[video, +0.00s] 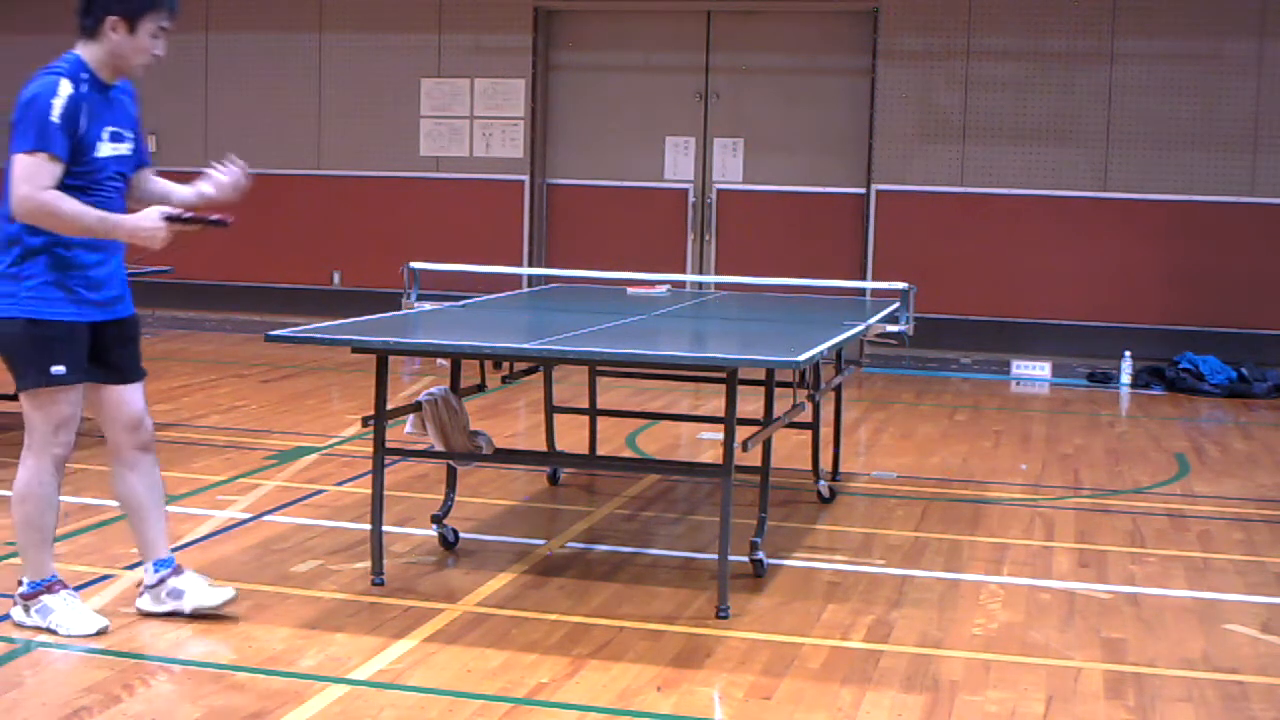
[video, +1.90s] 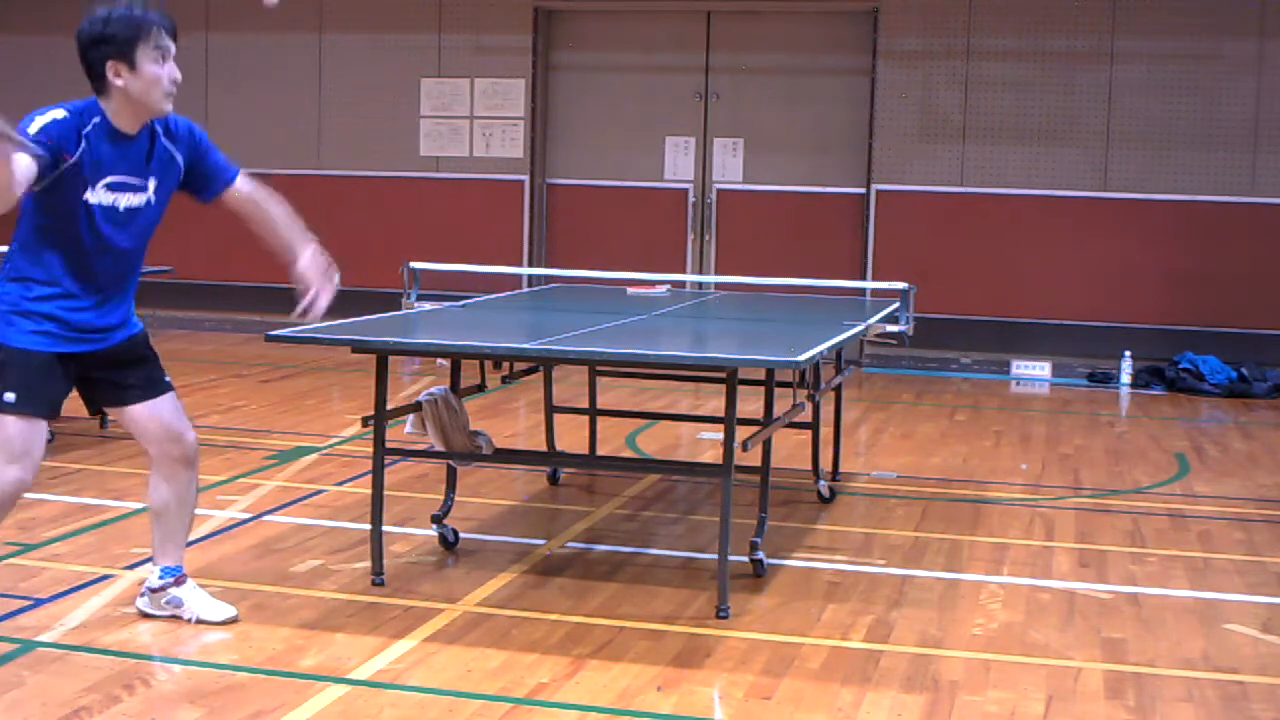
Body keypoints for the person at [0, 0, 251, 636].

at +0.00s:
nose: (161, 48)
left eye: (165, 36)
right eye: (156, 33)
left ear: (121, 29)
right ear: (114, 26)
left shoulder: (123, 96)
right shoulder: (54, 91)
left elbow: (137, 184)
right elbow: (29, 196)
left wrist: (202, 192)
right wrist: (121, 226)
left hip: (106, 294)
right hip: (43, 297)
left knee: (135, 433)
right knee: (50, 440)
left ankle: (160, 577)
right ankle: (36, 591)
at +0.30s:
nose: (243, 69)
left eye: (249, 56)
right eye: (237, 53)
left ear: (214, 51)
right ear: (194, 43)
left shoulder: (211, 119)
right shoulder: (130, 100)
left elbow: (217, 214)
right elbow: (110, 206)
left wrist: (293, 214)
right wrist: (209, 226)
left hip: (149, 296)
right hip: (81, 292)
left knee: (165, 438)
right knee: (77, 437)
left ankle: (165, 582)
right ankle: (34, 586)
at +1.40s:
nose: (250, 84)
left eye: (251, 70)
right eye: (239, 69)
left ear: (206, 71)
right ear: (195, 69)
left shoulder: (230, 135)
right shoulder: (132, 127)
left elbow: (293, 196)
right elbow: (147, 235)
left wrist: (359, 192)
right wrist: (243, 218)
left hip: (130, 307)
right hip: (58, 300)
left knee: (169, 434)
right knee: (19, 448)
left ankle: (165, 582)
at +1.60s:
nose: (206, 57)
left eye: (203, 44)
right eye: (192, 44)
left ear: (165, 58)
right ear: (148, 57)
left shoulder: (192, 116)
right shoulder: (95, 122)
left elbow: (281, 145)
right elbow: (89, 229)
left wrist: (366, 156)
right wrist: (190, 229)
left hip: (116, 311)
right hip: (39, 311)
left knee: (166, 436)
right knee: (12, 452)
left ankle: (165, 582)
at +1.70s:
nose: (186, 49)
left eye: (183, 35)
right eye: (172, 37)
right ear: (128, 53)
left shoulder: (181, 113)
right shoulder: (80, 115)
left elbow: (271, 147)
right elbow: (44, 211)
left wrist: (358, 166)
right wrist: (151, 235)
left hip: (110, 312)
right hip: (32, 311)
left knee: (164, 438)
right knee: (10, 454)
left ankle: (165, 582)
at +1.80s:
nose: (176, 53)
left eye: (173, 39)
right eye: (161, 41)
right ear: (117, 56)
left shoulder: (178, 120)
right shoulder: (65, 120)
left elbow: (263, 163)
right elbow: (7, 191)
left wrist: (342, 201)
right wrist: (73, 204)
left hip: (111, 313)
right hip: (30, 317)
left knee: (167, 439)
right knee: (9, 463)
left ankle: (164, 581)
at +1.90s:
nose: (177, 72)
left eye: (174, 57)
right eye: (161, 59)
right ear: (116, 73)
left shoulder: (179, 138)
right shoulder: (62, 128)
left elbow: (252, 197)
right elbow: (9, 186)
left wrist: (306, 250)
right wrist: (8, 164)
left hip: (111, 324)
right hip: (29, 323)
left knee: (177, 445)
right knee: (13, 473)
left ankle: (166, 582)